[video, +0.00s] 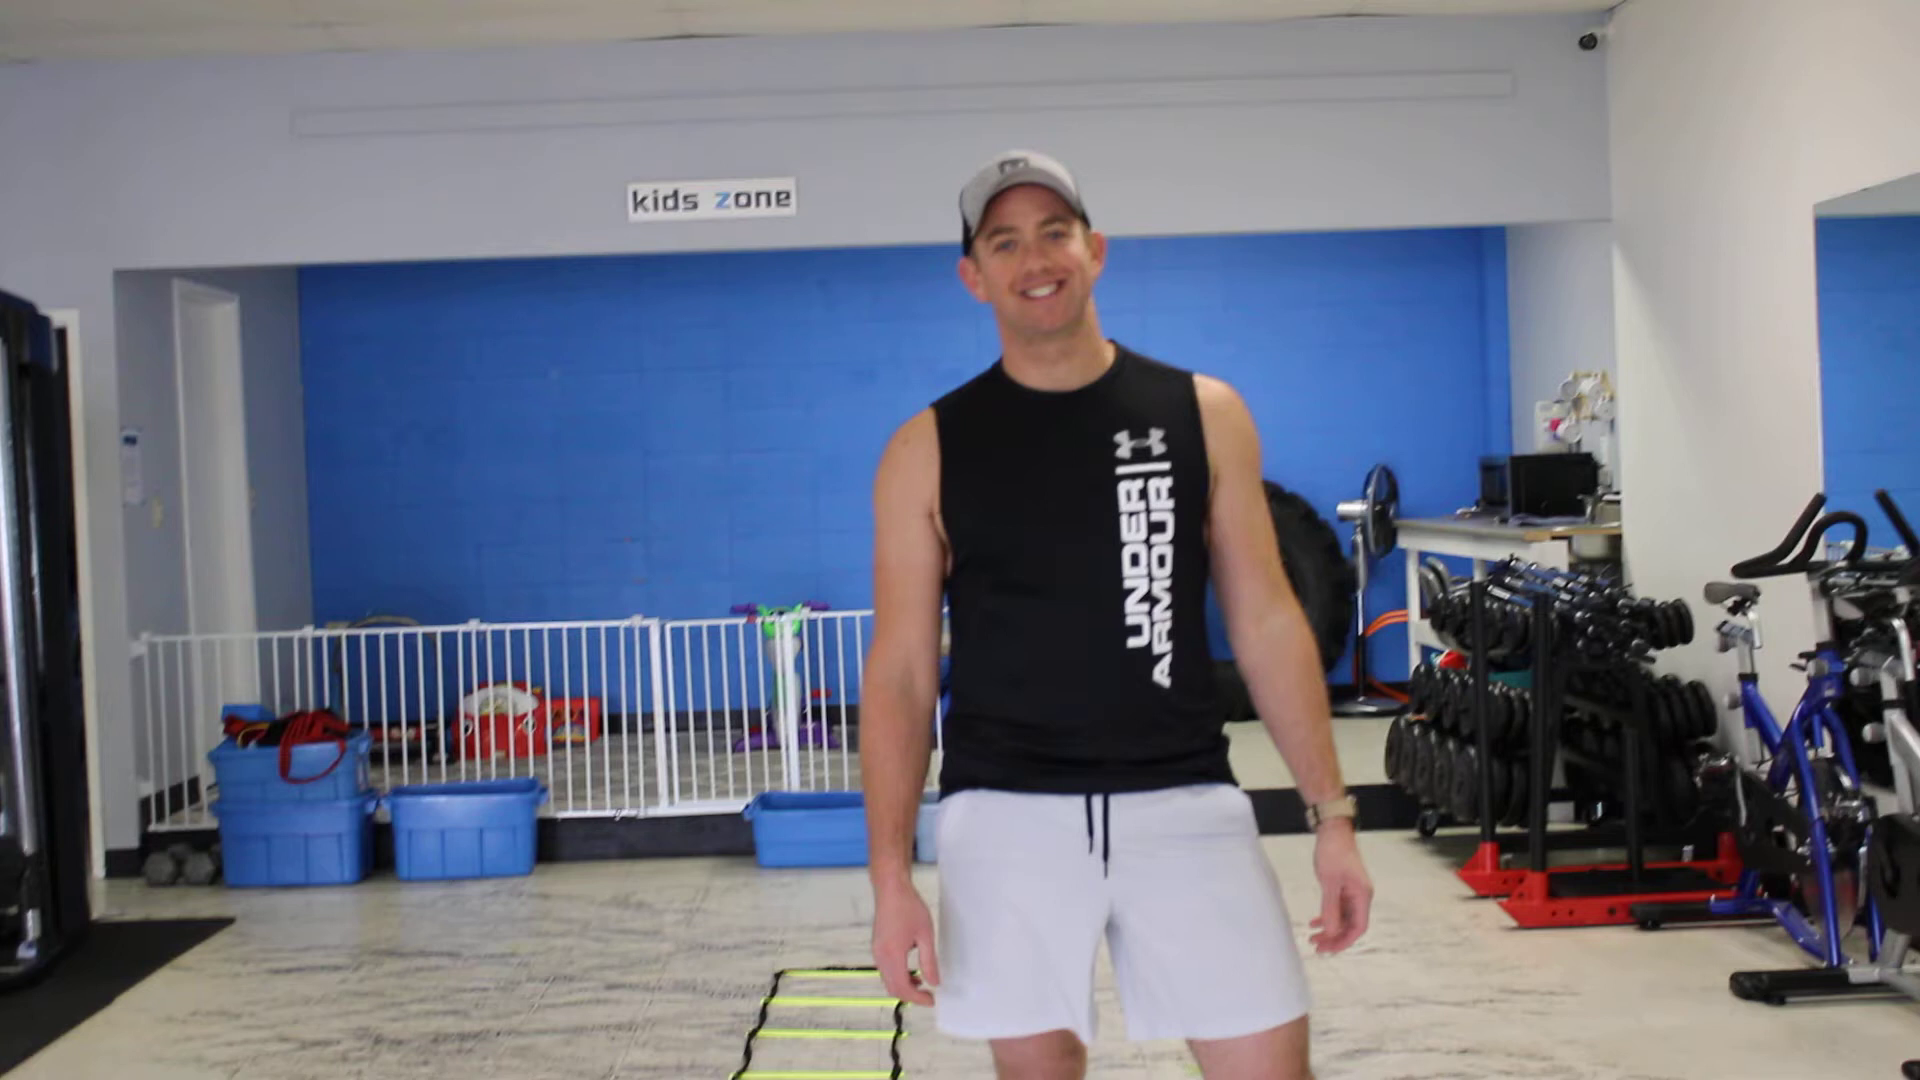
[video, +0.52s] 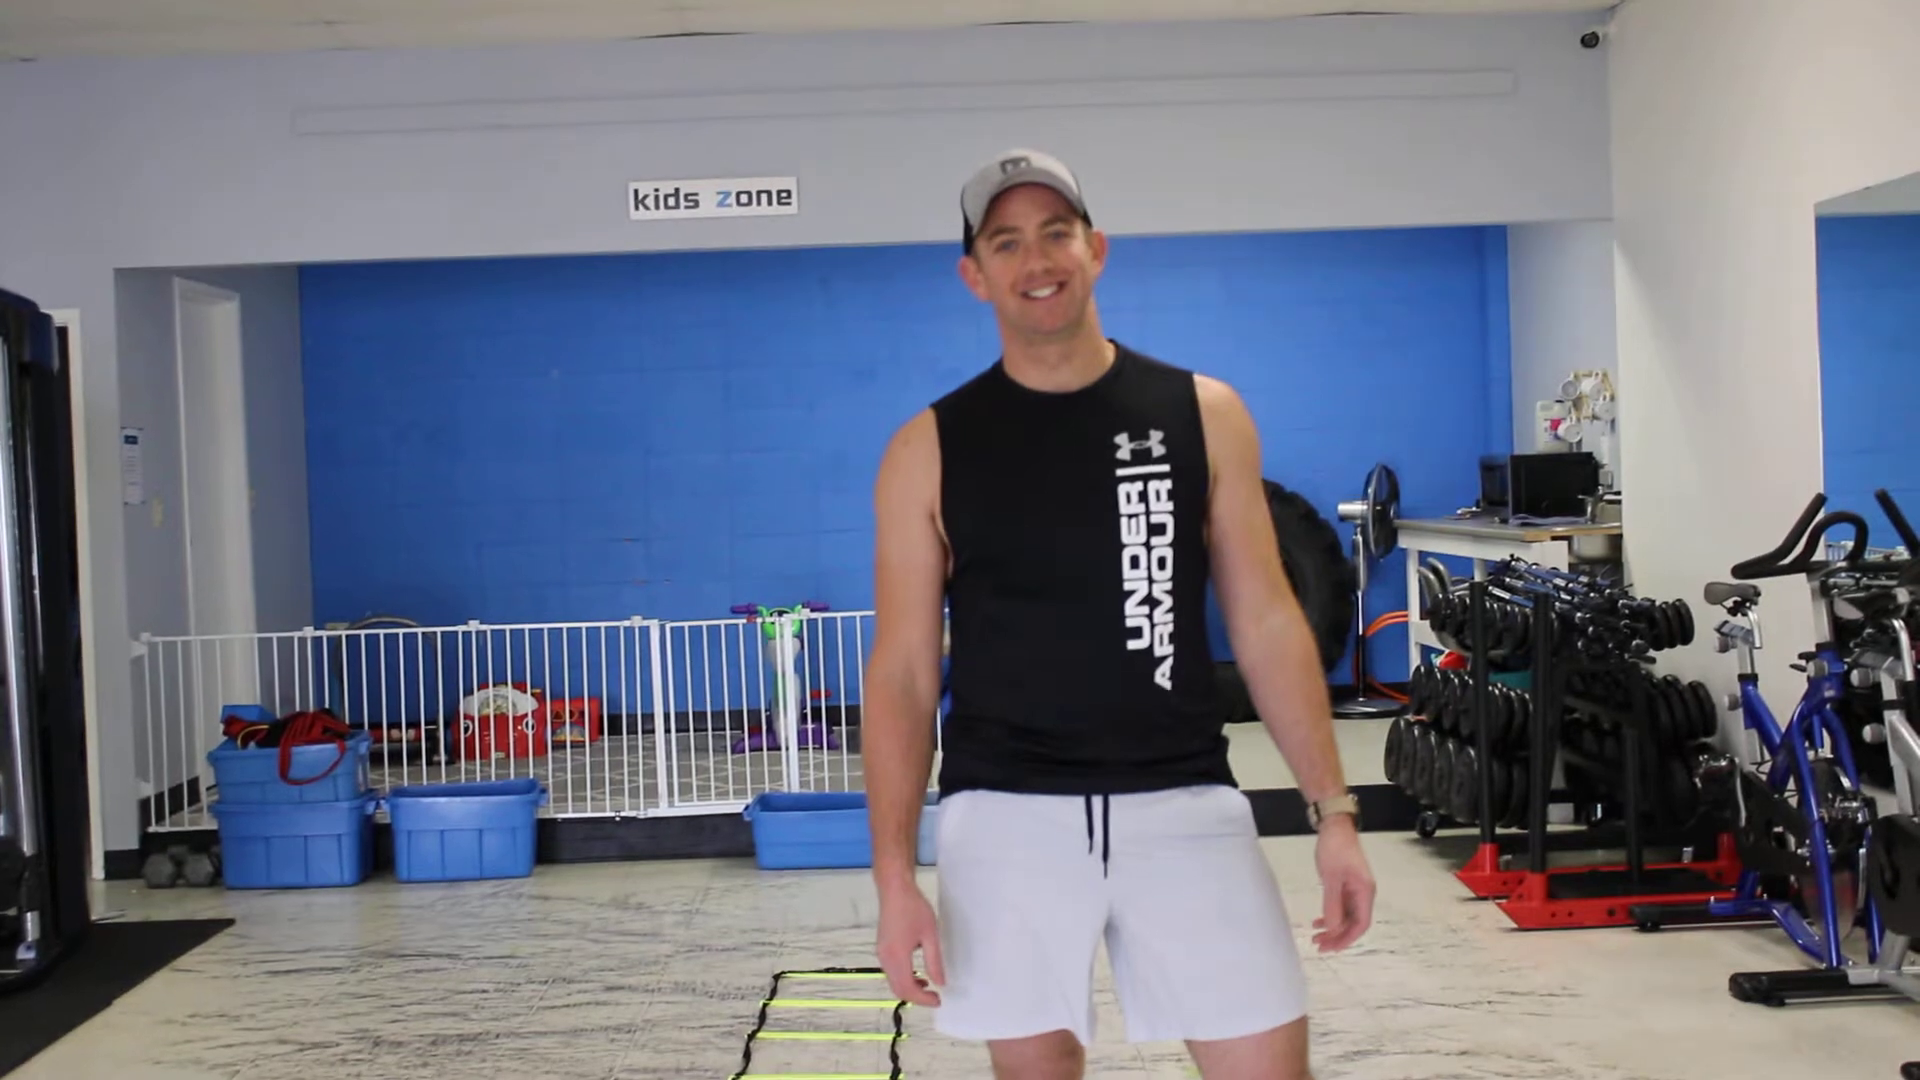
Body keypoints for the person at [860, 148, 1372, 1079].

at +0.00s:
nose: (1037, 255)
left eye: (1056, 231)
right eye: (1006, 240)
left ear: (1095, 251)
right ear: (975, 277)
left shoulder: (1205, 415)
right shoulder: (928, 449)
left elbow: (1265, 621)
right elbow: (901, 675)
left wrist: (1332, 816)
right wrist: (891, 879)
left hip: (1188, 811)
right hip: (1006, 824)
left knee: (1271, 1064)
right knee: (1038, 1065)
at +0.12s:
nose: (1037, 255)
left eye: (1057, 231)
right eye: (1007, 241)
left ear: (1096, 250)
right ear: (976, 277)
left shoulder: (1205, 416)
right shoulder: (927, 452)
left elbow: (1265, 622)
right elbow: (900, 678)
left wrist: (1331, 817)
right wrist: (888, 881)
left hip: (1188, 814)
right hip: (1006, 827)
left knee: (1271, 1063)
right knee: (1038, 1065)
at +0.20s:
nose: (1038, 253)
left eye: (1057, 230)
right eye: (1008, 239)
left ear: (1096, 248)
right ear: (976, 275)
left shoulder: (1205, 414)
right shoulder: (927, 449)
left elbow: (1265, 622)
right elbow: (900, 675)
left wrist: (1331, 817)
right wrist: (887, 880)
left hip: (1188, 813)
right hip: (1006, 826)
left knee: (1270, 1064)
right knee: (1037, 1065)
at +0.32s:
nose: (1037, 255)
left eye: (1057, 231)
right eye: (1007, 241)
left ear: (1095, 250)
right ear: (976, 277)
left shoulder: (1204, 415)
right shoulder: (927, 451)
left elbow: (1264, 623)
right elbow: (899, 676)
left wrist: (1332, 816)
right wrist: (888, 881)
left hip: (1188, 812)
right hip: (1006, 825)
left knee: (1270, 1063)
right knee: (1037, 1065)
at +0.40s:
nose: (1039, 254)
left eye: (1058, 230)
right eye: (1008, 240)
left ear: (1097, 249)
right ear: (977, 275)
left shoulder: (1205, 414)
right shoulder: (928, 448)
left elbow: (1265, 621)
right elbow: (901, 676)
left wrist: (1334, 813)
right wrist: (891, 878)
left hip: (1188, 812)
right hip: (1007, 825)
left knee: (1270, 1065)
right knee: (1037, 1066)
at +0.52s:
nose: (1038, 256)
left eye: (1058, 231)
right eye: (1008, 241)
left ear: (1097, 250)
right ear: (976, 275)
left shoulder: (1205, 415)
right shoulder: (928, 450)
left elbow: (1265, 622)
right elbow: (902, 678)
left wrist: (1334, 814)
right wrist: (895, 880)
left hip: (1188, 814)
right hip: (1007, 825)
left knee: (1270, 1065)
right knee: (1037, 1066)